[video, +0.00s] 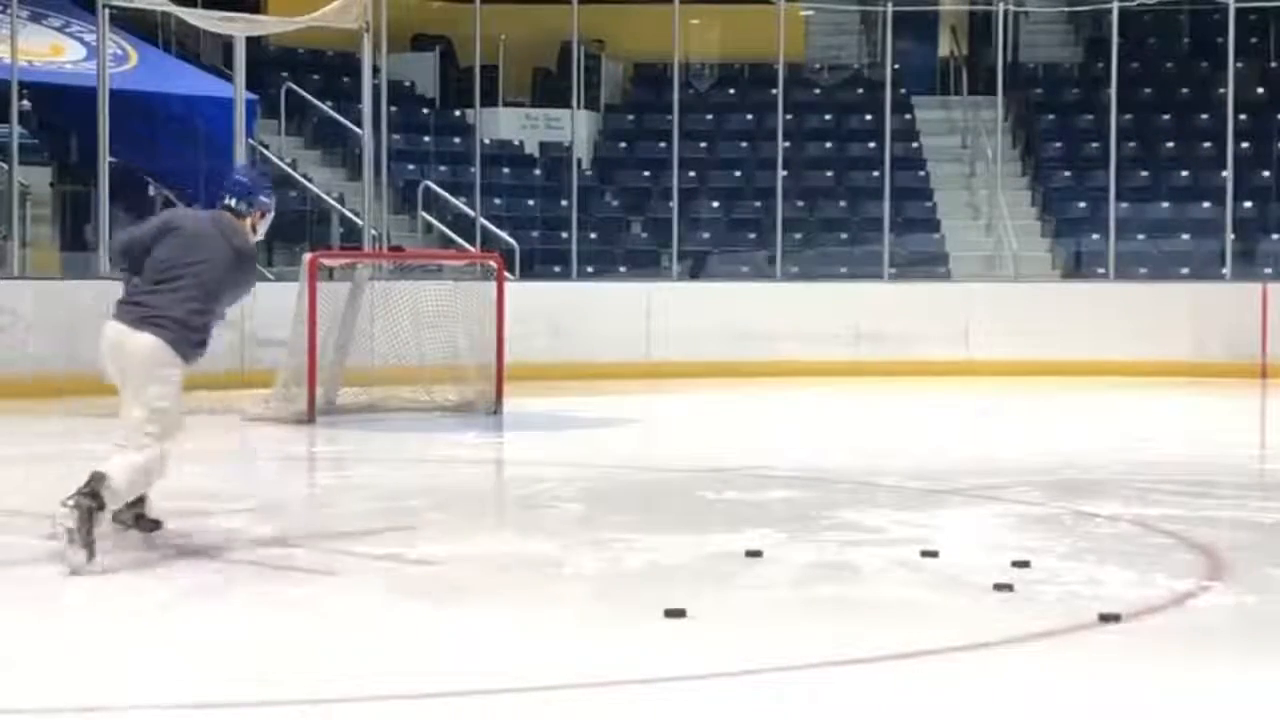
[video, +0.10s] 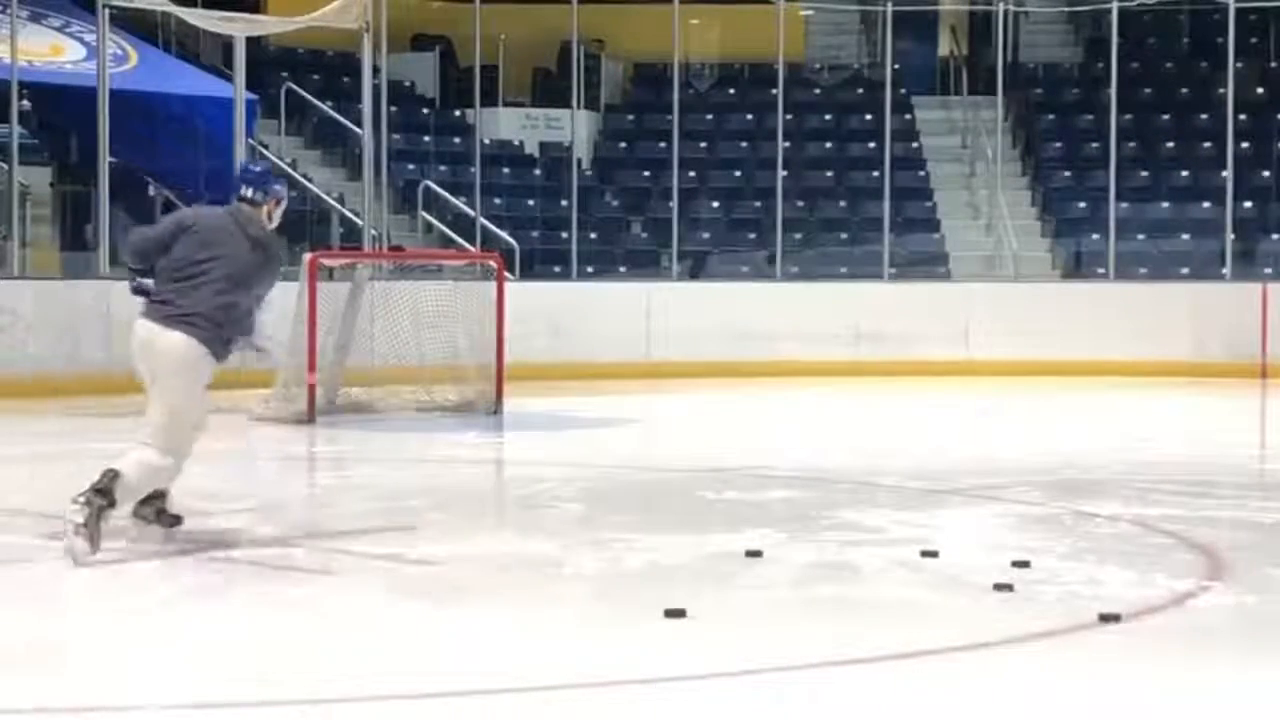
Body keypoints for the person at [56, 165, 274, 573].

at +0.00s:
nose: (263, 228)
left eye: (265, 218)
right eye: (263, 218)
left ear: (225, 201)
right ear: (253, 214)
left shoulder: (181, 218)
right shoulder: (246, 261)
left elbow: (123, 246)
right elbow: (216, 301)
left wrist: (145, 283)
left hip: (118, 332)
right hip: (158, 348)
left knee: (138, 425)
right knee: (156, 439)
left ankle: (129, 505)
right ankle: (94, 498)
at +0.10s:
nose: (280, 215)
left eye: (280, 206)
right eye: (279, 206)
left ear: (240, 196)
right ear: (268, 206)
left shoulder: (195, 218)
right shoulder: (269, 253)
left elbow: (137, 246)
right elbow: (240, 296)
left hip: (147, 330)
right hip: (189, 347)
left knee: (186, 422)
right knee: (166, 450)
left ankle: (151, 500)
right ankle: (97, 500)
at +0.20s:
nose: (299, 199)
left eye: (300, 190)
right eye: (299, 191)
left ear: (259, 183)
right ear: (290, 191)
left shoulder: (216, 210)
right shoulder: (287, 239)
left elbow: (165, 252)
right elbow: (278, 306)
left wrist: (183, 291)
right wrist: (281, 362)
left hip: (180, 323)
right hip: (222, 338)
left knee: (205, 419)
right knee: (206, 428)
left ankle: (180, 496)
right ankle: (141, 488)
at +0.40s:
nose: (357, 179)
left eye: (356, 172)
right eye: (357, 172)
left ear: (319, 166)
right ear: (352, 174)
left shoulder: (279, 204)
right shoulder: (349, 222)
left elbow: (268, 262)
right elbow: (356, 291)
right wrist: (372, 339)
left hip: (256, 316)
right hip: (301, 331)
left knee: (266, 412)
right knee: (313, 419)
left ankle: (246, 489)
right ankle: (242, 475)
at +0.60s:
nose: (435, 180)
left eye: (436, 172)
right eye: (433, 172)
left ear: (398, 165)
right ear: (423, 171)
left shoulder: (376, 204)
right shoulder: (407, 210)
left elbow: (370, 263)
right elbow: (408, 269)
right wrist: (447, 287)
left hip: (351, 315)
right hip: (381, 322)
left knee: (366, 403)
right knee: (413, 407)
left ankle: (344, 475)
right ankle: (369, 477)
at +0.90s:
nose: (583, 187)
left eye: (584, 177)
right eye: (578, 178)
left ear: (557, 179)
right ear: (557, 178)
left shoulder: (553, 219)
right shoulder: (528, 226)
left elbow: (554, 271)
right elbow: (501, 293)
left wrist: (573, 295)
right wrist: (521, 315)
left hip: (520, 330)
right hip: (517, 331)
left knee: (517, 405)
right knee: (571, 399)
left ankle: (486, 477)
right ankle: (542, 481)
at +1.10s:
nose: (673, 186)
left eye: (679, 176)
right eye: (665, 174)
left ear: (684, 177)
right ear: (643, 174)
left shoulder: (660, 215)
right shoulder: (622, 221)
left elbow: (661, 268)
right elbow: (605, 289)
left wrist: (667, 296)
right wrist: (604, 340)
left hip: (638, 322)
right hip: (616, 324)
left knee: (644, 400)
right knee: (661, 401)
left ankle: (614, 468)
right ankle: (625, 480)